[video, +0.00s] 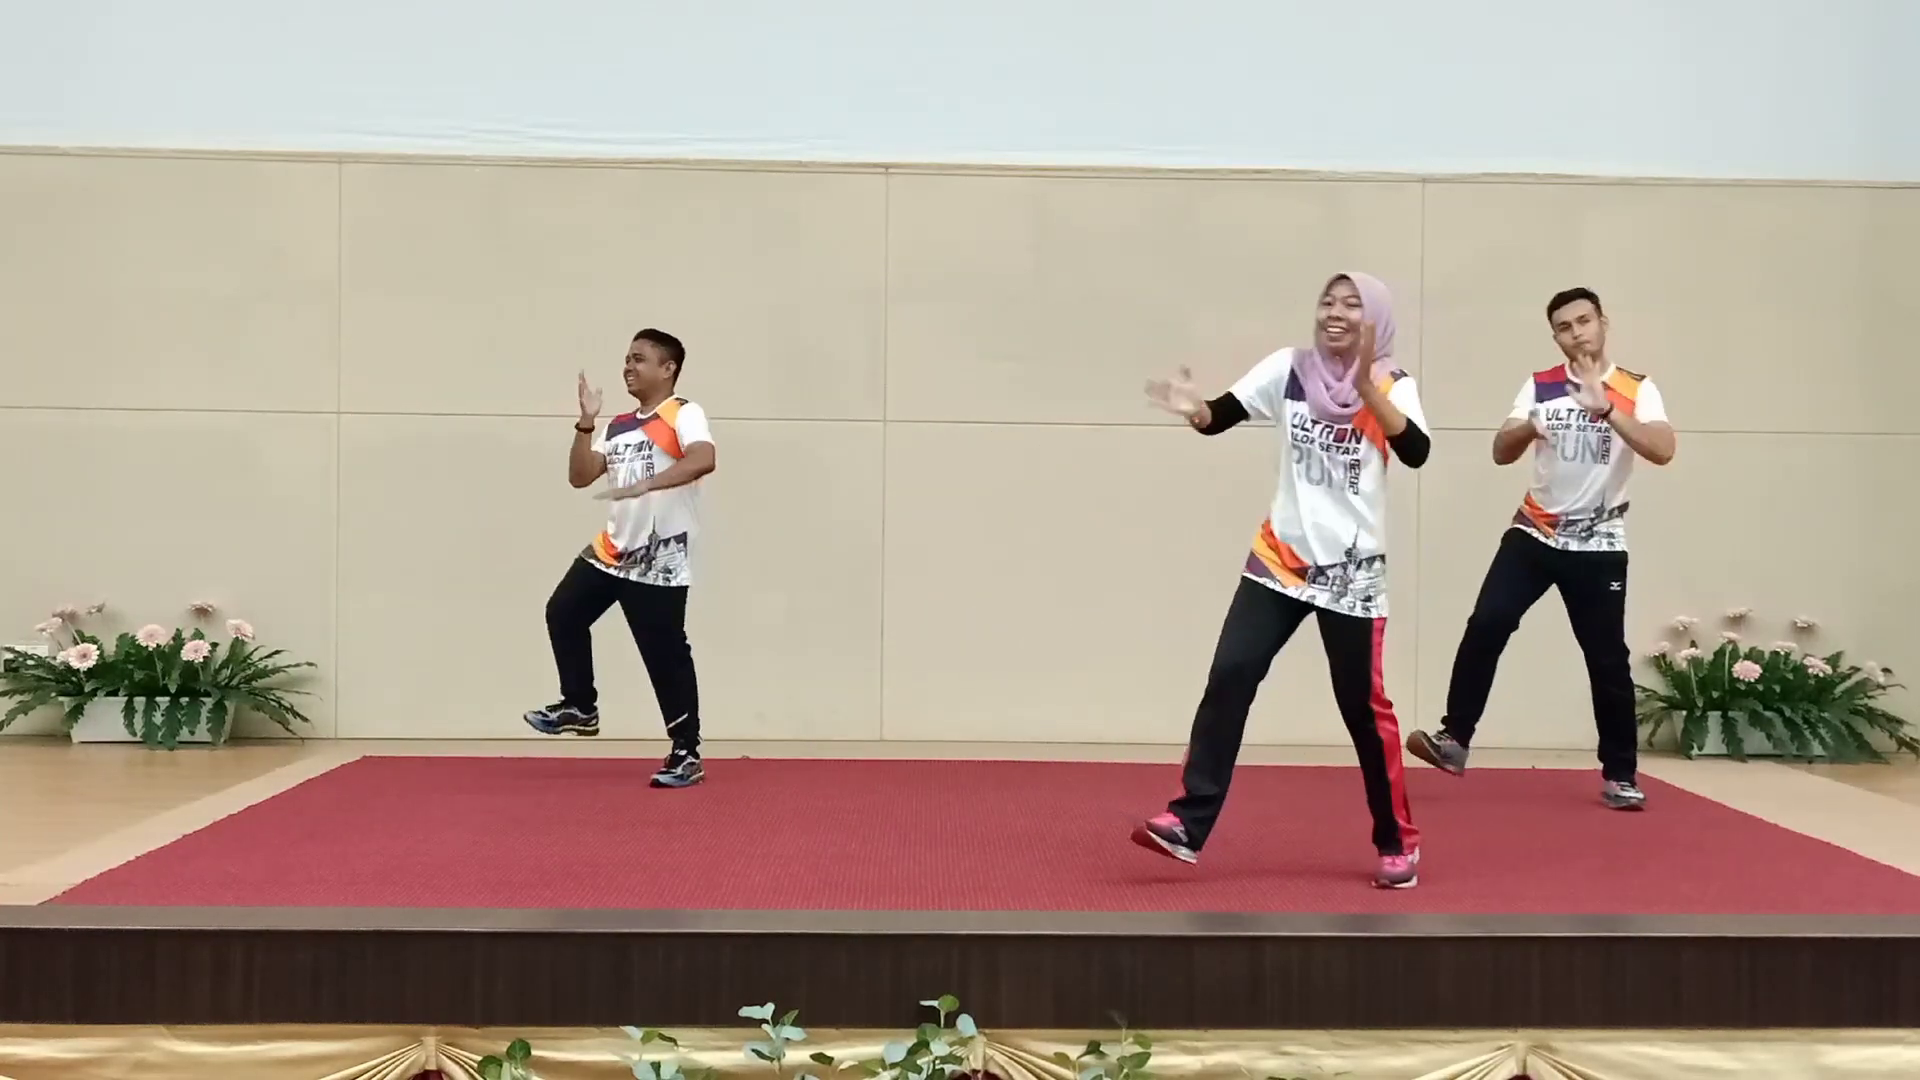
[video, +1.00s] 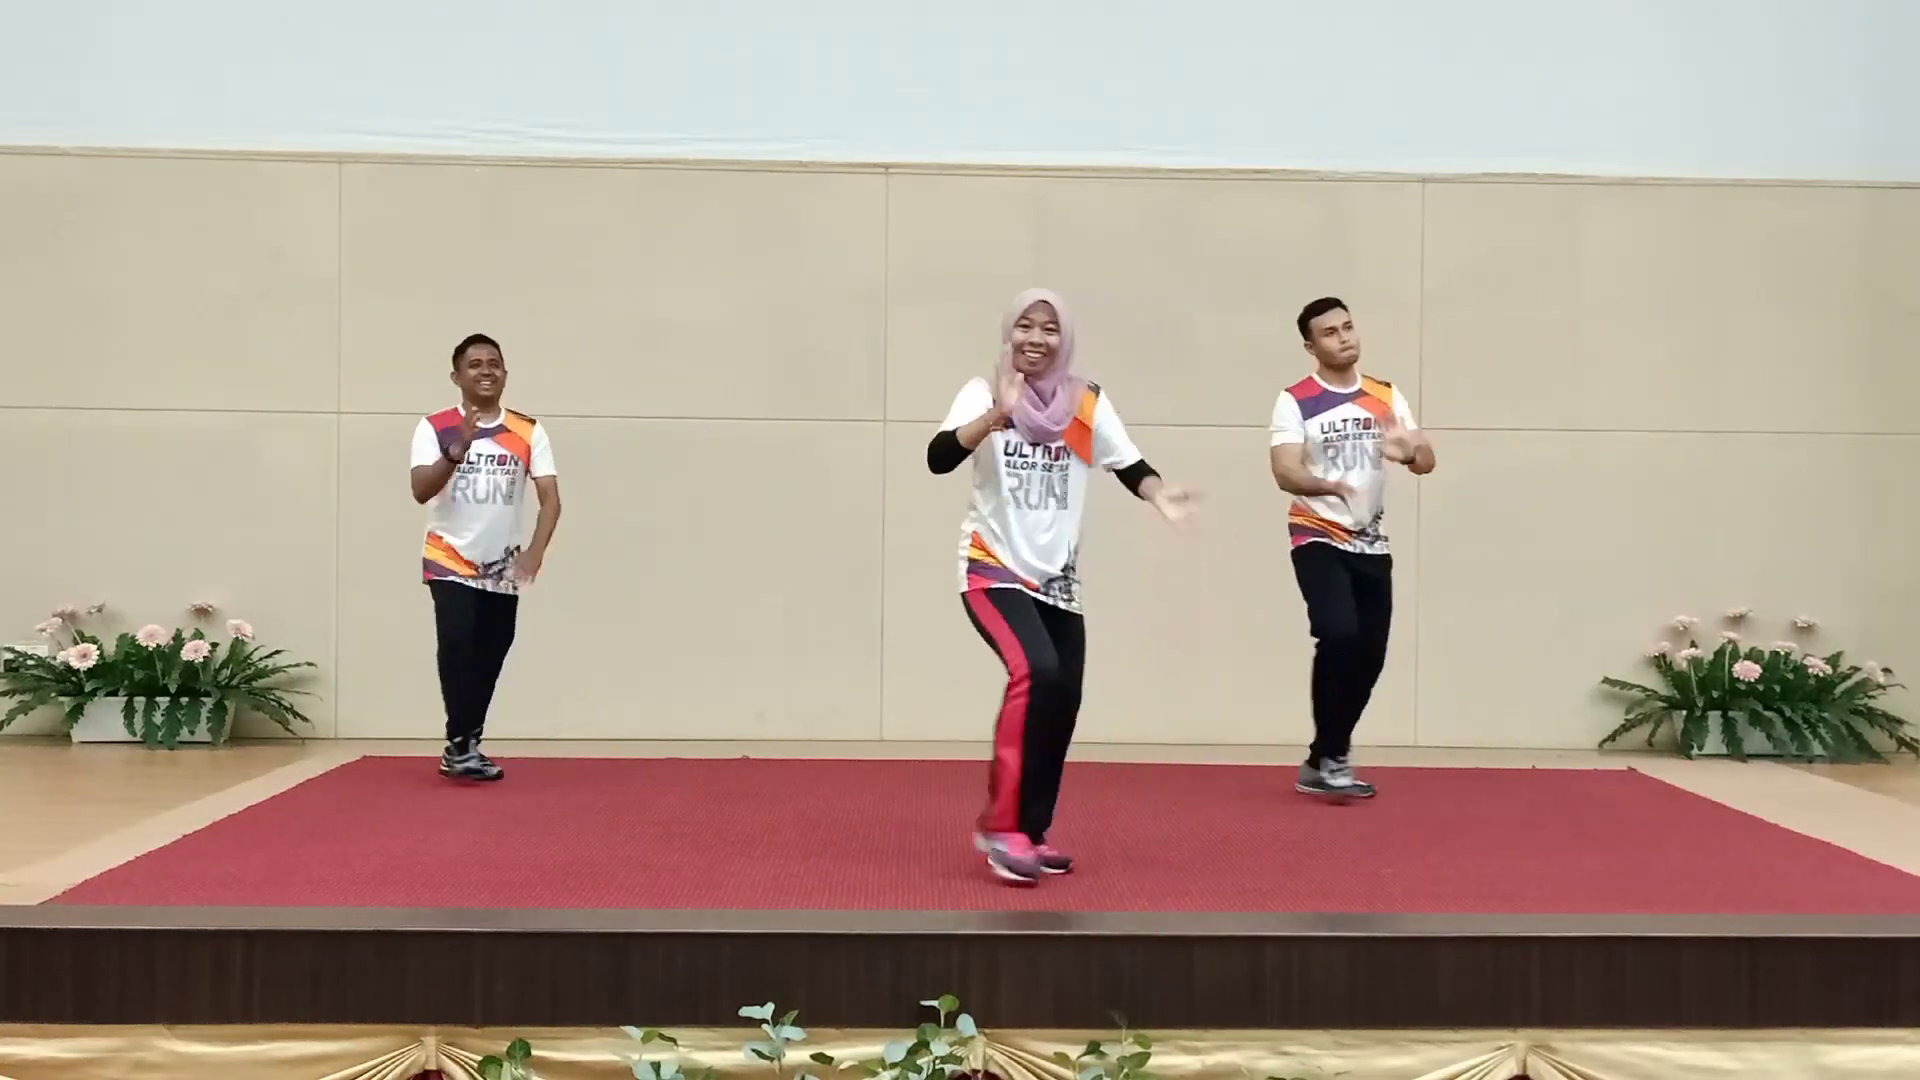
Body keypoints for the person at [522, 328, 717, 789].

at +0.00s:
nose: (627, 367)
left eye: (638, 360)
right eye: (628, 359)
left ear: (668, 368)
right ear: (632, 368)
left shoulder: (684, 413)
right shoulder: (618, 425)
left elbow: (703, 459)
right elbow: (580, 477)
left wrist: (644, 484)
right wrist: (585, 428)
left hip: (659, 561)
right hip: (610, 551)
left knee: (666, 655)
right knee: (563, 614)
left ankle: (685, 755)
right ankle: (579, 709)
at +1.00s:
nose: (487, 371)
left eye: (494, 364)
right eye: (476, 365)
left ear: (504, 373)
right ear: (457, 375)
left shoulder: (529, 432)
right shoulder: (435, 427)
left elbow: (550, 499)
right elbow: (421, 491)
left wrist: (535, 552)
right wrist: (457, 450)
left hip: (501, 565)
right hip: (450, 560)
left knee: (490, 657)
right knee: (458, 646)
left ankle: (466, 747)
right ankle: (459, 745)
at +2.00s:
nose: (373, 388)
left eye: (378, 380)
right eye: (363, 381)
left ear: (382, 384)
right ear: (335, 385)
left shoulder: (401, 437)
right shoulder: (316, 444)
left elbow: (423, 497)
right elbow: (319, 510)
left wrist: (439, 543)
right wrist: (369, 462)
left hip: (413, 573)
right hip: (355, 581)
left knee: (443, 657)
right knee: (354, 673)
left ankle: (467, 743)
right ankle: (353, 756)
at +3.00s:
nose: (480, 370)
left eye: (491, 362)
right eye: (476, 363)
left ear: (517, 370)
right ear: (471, 371)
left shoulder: (530, 421)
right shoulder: (461, 426)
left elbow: (539, 486)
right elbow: (412, 468)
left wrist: (477, 518)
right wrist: (385, 449)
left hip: (500, 568)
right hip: (456, 564)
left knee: (491, 660)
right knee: (448, 644)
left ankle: (485, 755)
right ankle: (520, 717)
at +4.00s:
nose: (590, 375)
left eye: (600, 366)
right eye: (589, 367)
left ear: (631, 372)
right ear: (595, 373)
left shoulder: (660, 426)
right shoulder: (587, 432)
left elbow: (682, 498)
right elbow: (581, 505)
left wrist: (663, 567)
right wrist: (571, 567)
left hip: (646, 578)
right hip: (596, 578)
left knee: (656, 670)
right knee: (589, 668)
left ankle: (656, 753)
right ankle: (588, 751)